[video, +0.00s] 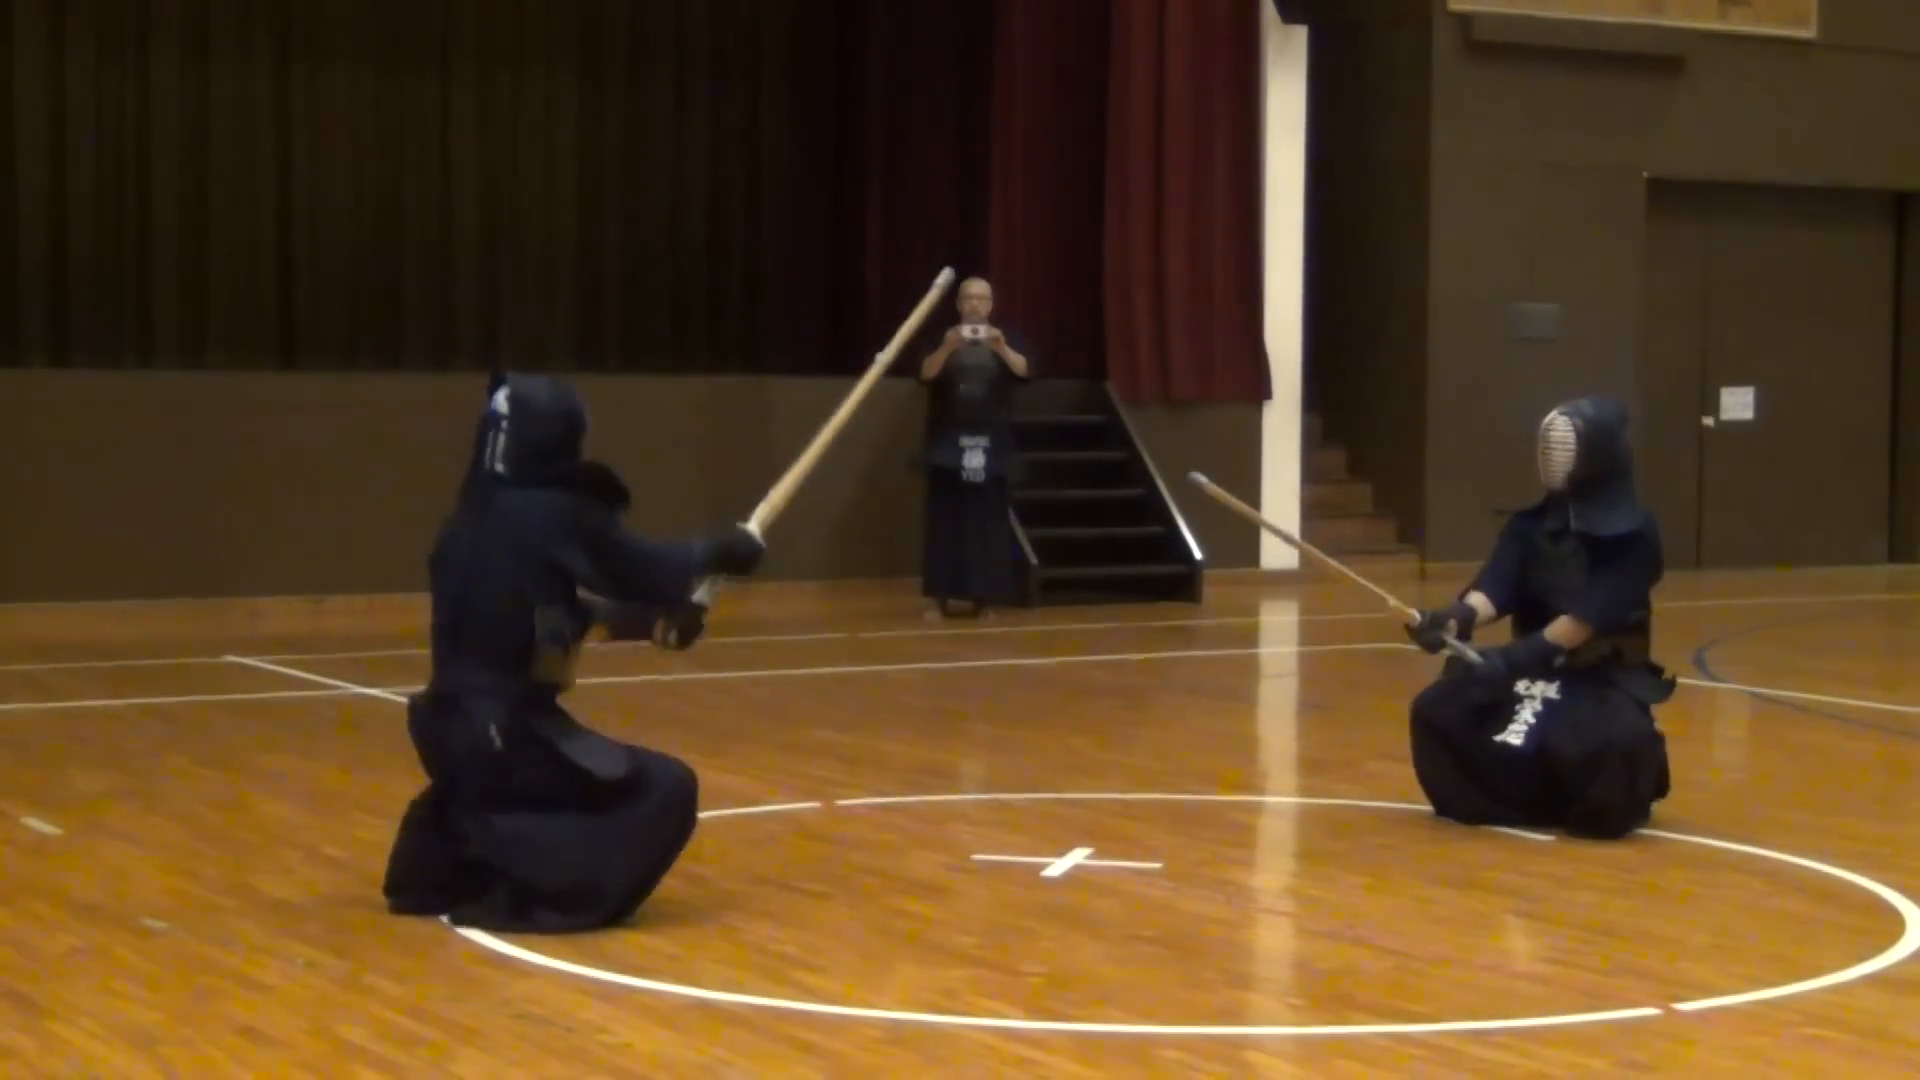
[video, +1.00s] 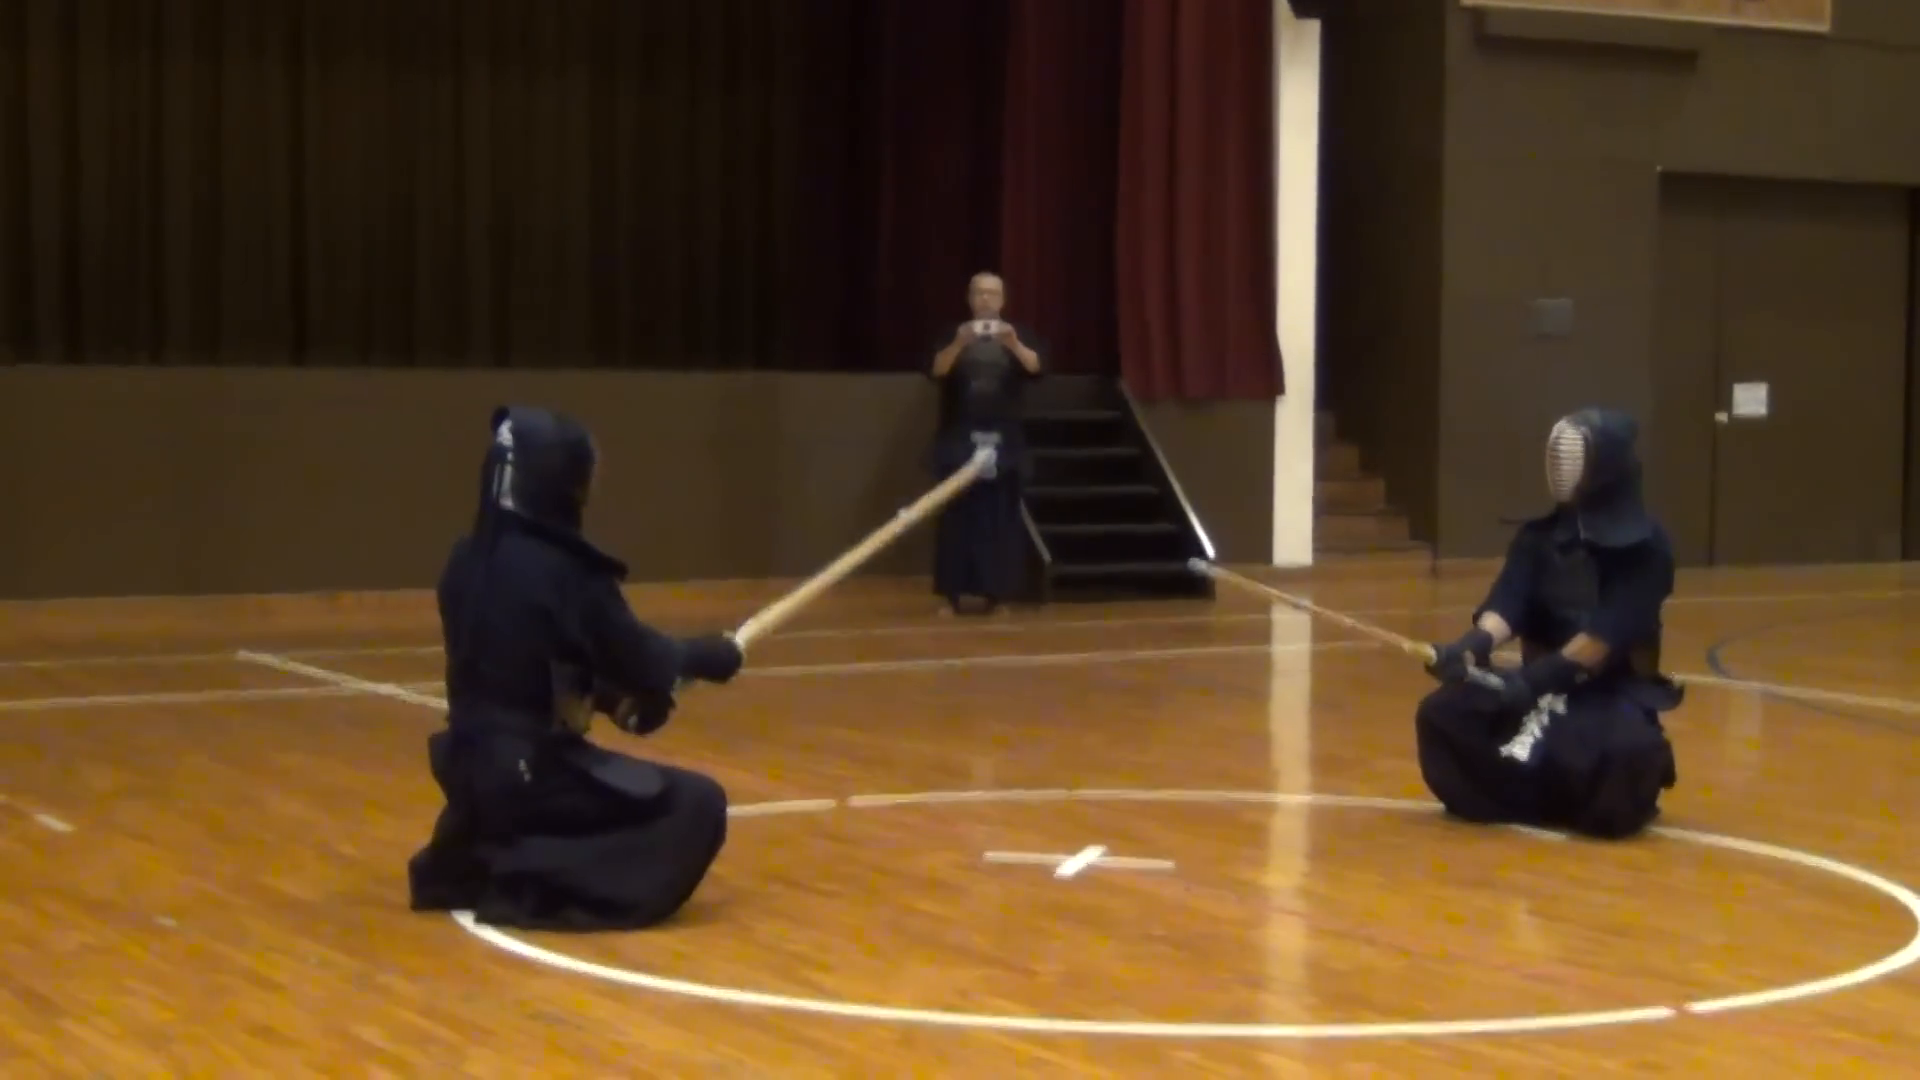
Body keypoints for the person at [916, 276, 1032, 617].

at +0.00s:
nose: (975, 304)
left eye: (982, 299)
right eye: (969, 298)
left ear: (991, 303)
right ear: (959, 303)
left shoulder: (1002, 341)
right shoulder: (947, 340)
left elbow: (1024, 371)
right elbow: (926, 374)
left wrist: (1000, 347)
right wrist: (949, 346)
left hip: (990, 436)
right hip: (950, 436)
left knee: (988, 512)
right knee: (947, 512)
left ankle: (985, 593)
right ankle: (944, 592)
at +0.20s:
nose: (975, 305)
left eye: (981, 299)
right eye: (969, 299)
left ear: (991, 303)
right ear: (958, 303)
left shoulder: (1003, 340)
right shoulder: (945, 339)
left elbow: (1024, 371)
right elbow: (925, 374)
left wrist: (1000, 348)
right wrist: (948, 347)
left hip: (990, 436)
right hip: (950, 435)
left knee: (987, 512)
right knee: (947, 511)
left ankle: (984, 591)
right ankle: (945, 590)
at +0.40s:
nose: (974, 305)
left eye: (981, 299)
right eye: (968, 298)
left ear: (991, 303)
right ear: (957, 302)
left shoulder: (1002, 339)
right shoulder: (944, 338)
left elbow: (1023, 370)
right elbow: (924, 374)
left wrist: (1000, 348)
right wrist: (947, 346)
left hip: (988, 436)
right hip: (948, 435)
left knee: (985, 512)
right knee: (944, 512)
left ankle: (982, 594)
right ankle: (938, 593)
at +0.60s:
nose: (993, 303)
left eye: (1000, 297)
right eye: (987, 297)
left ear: (1010, 302)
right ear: (977, 301)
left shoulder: (1022, 339)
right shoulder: (963, 339)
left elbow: (1043, 369)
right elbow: (943, 372)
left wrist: (1018, 345)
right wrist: (967, 345)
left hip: (1007, 435)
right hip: (966, 434)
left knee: (1004, 512)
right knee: (962, 512)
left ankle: (1002, 596)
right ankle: (956, 593)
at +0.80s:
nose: (986, 303)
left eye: (993, 297)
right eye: (980, 297)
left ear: (1003, 302)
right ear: (970, 301)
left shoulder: (1018, 340)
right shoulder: (957, 339)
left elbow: (1037, 371)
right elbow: (937, 374)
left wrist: (1012, 346)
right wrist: (962, 345)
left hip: (1002, 435)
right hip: (961, 434)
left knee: (1000, 513)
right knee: (956, 512)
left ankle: (999, 598)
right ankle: (950, 595)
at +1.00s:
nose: (985, 299)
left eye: (992, 294)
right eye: (979, 293)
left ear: (1003, 298)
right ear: (969, 298)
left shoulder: (1016, 336)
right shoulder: (956, 335)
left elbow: (1035, 367)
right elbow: (937, 370)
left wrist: (1011, 343)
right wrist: (961, 343)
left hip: (1003, 434)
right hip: (960, 433)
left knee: (1000, 511)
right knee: (956, 511)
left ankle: (998, 593)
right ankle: (951, 591)